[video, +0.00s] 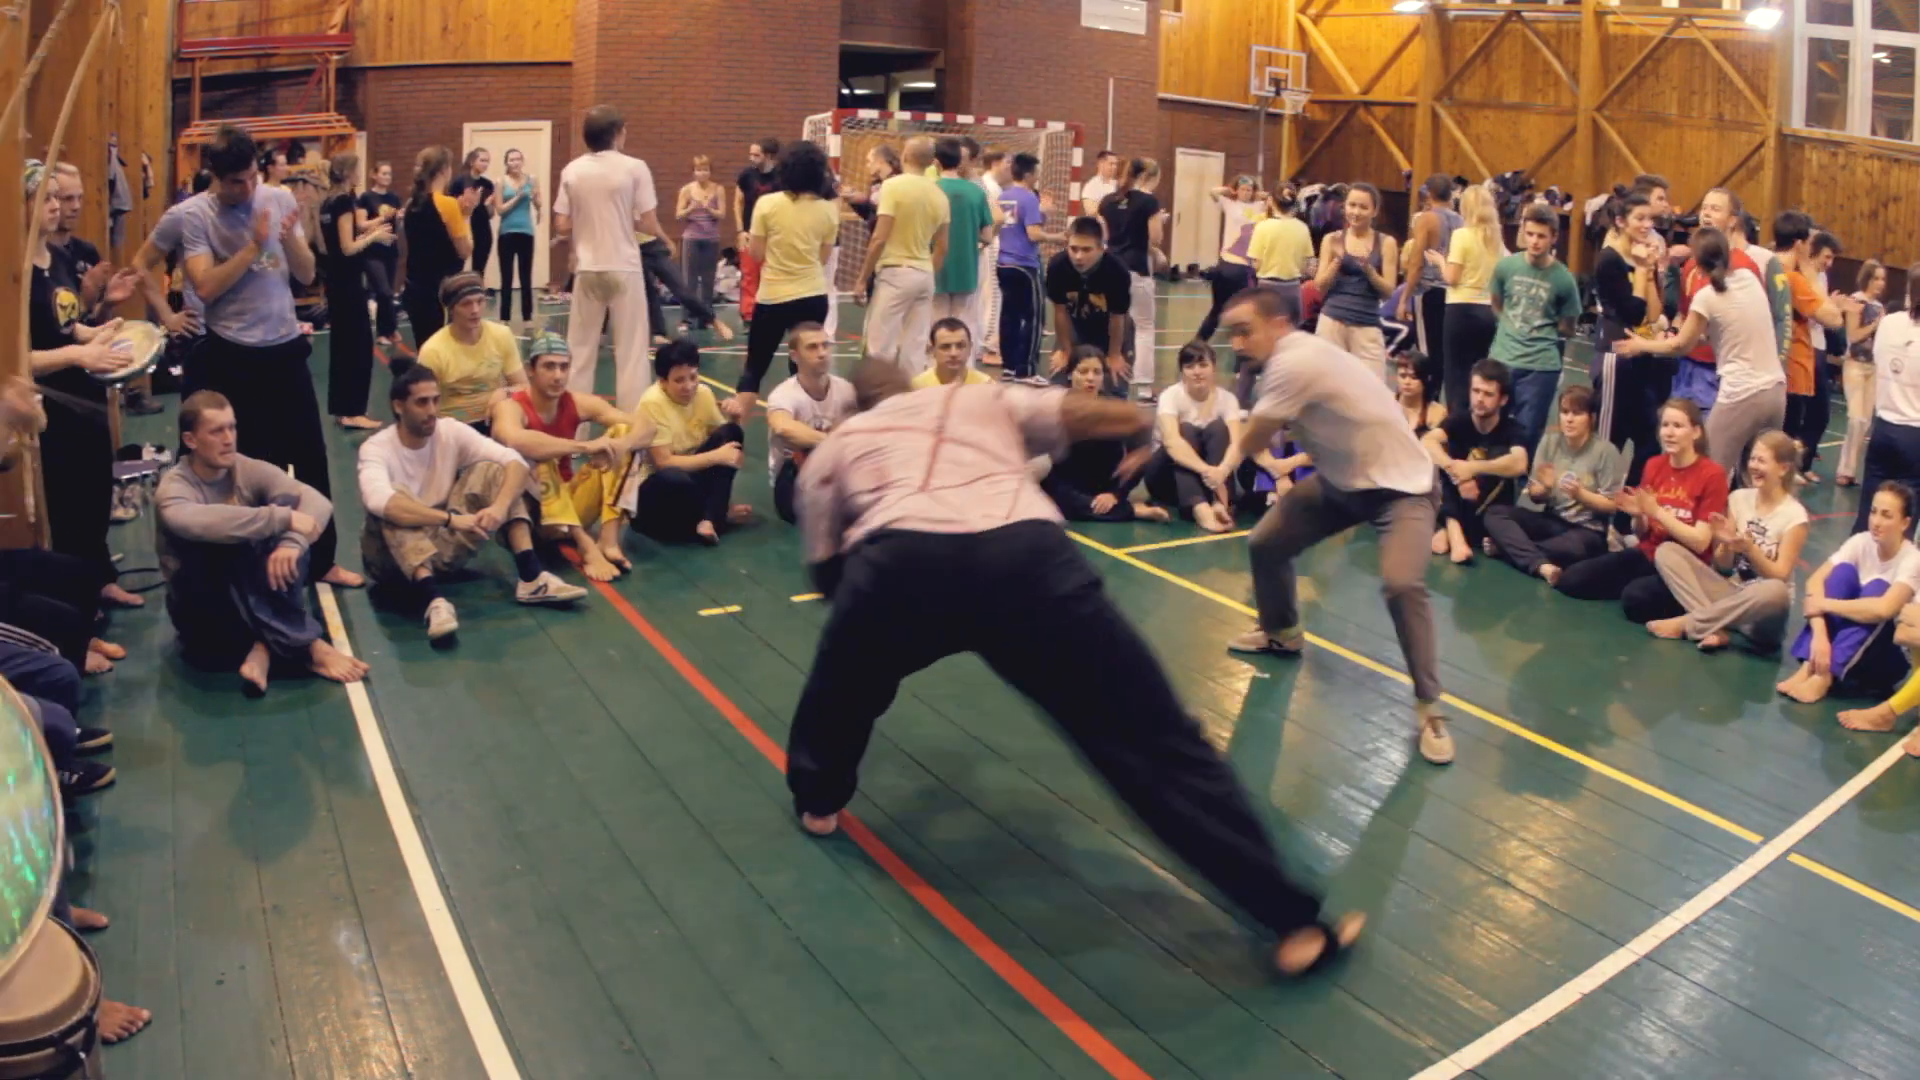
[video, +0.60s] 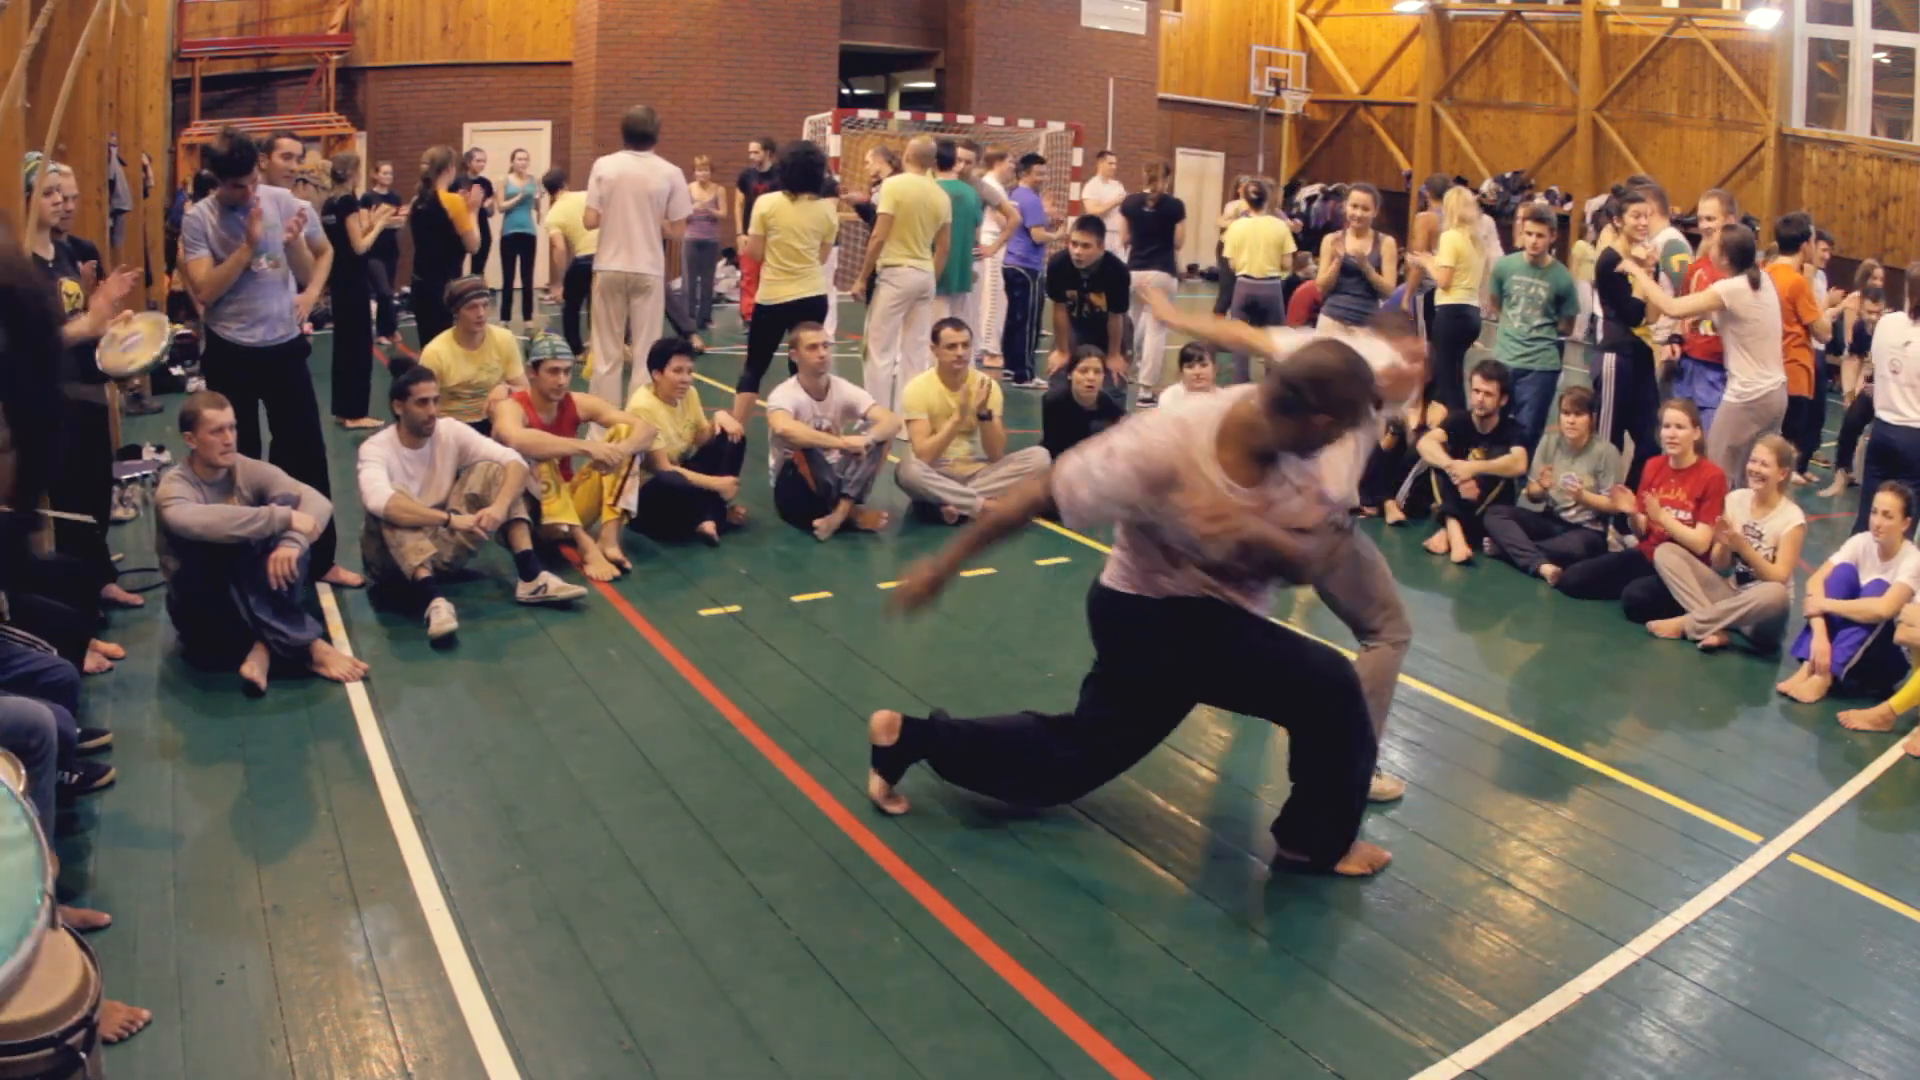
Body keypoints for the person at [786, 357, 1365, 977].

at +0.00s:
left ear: (855, 405)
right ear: (929, 381)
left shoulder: (829, 451)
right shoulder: (987, 396)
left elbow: (827, 579)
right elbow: (1128, 418)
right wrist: (1044, 440)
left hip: (898, 570)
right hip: (1026, 555)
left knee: (845, 680)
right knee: (1151, 737)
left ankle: (818, 802)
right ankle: (1294, 923)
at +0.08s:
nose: (923, 369)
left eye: (927, 360)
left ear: (936, 362)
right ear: (1010, 347)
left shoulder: (902, 410)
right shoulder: (1056, 370)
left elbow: (876, 513)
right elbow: (1184, 385)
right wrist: (1282, 401)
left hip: (943, 561)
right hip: (1067, 550)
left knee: (874, 679)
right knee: (1199, 700)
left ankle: (825, 801)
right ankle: (1319, 858)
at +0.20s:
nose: (1181, 309)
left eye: (1173, 298)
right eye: (1175, 299)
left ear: (1098, 307)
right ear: (1159, 301)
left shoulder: (1037, 366)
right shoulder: (1172, 340)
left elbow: (1006, 454)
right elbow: (1267, 388)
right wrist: (1423, 398)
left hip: (1008, 580)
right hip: (1125, 597)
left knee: (922, 671)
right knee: (1265, 666)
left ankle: (834, 802)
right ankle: (1302, 841)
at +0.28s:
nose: (1292, 329)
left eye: (1289, 316)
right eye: (1288, 317)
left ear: (1214, 303)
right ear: (1263, 311)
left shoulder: (1132, 353)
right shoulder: (1244, 363)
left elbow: (1098, 436)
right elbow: (1285, 431)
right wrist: (1429, 462)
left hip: (1045, 589)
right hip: (1148, 605)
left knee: (967, 682)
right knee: (1308, 663)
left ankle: (875, 805)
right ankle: (1302, 841)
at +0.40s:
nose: (1385, 395)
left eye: (1388, 382)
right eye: (1383, 383)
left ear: (1318, 357)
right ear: (1359, 385)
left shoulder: (1249, 377)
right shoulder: (1290, 437)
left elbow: (1299, 471)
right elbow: (1191, 530)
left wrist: (1384, 457)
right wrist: (1230, 659)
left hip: (1086, 579)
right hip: (1148, 601)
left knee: (1084, 735)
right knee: (1331, 667)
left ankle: (935, 773)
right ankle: (1311, 840)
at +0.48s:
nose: (1383, 436)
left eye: (1385, 427)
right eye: (1386, 426)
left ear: (1326, 380)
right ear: (1358, 420)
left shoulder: (1297, 414)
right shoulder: (1235, 463)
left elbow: (1304, 513)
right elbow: (1102, 547)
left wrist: (1380, 521)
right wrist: (1036, 692)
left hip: (1167, 610)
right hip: (1161, 615)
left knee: (1115, 753)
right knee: (1337, 679)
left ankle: (936, 751)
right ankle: (1313, 840)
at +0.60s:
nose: (1337, 436)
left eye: (1342, 426)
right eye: (1338, 425)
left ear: (1288, 391)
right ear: (1312, 418)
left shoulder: (1297, 456)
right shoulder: (1169, 439)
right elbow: (1043, 493)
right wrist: (939, 569)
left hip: (1211, 620)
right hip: (1148, 611)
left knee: (1073, 760)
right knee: (1328, 685)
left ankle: (905, 737)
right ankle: (1316, 841)